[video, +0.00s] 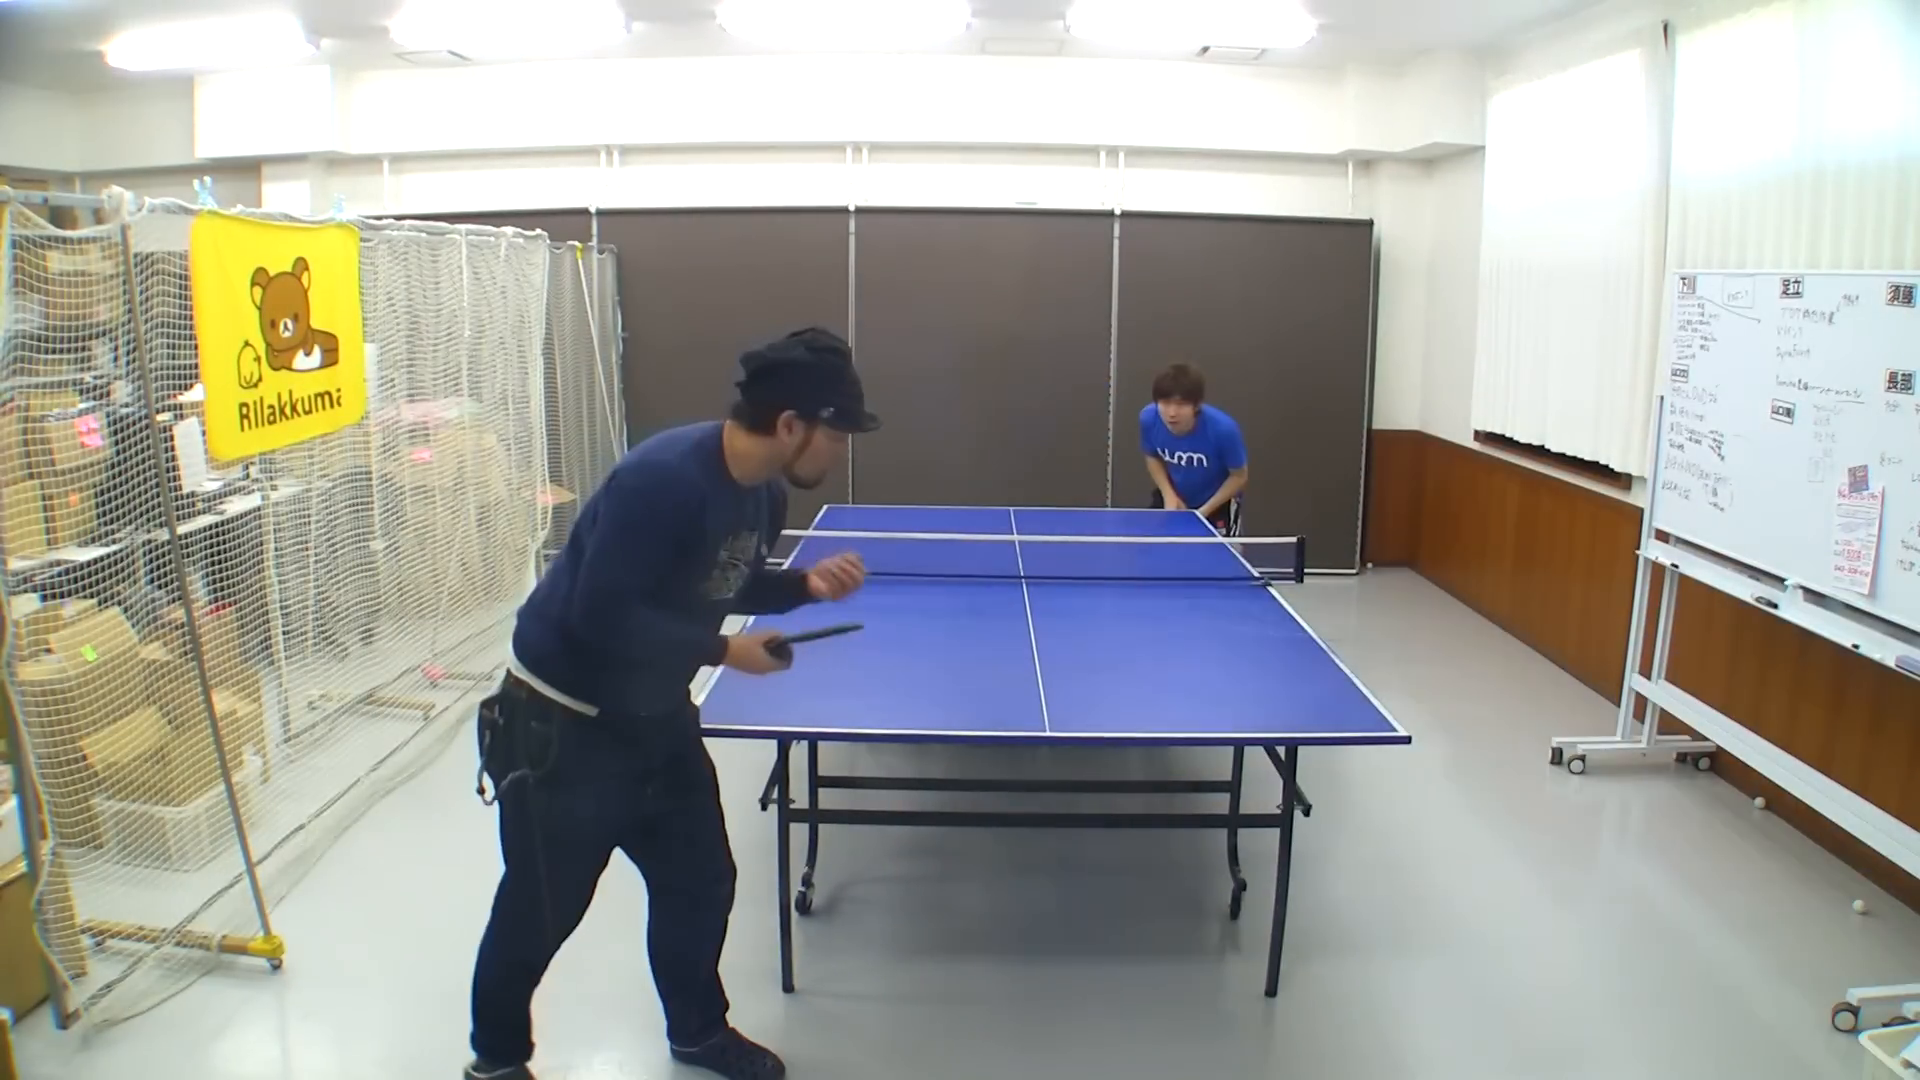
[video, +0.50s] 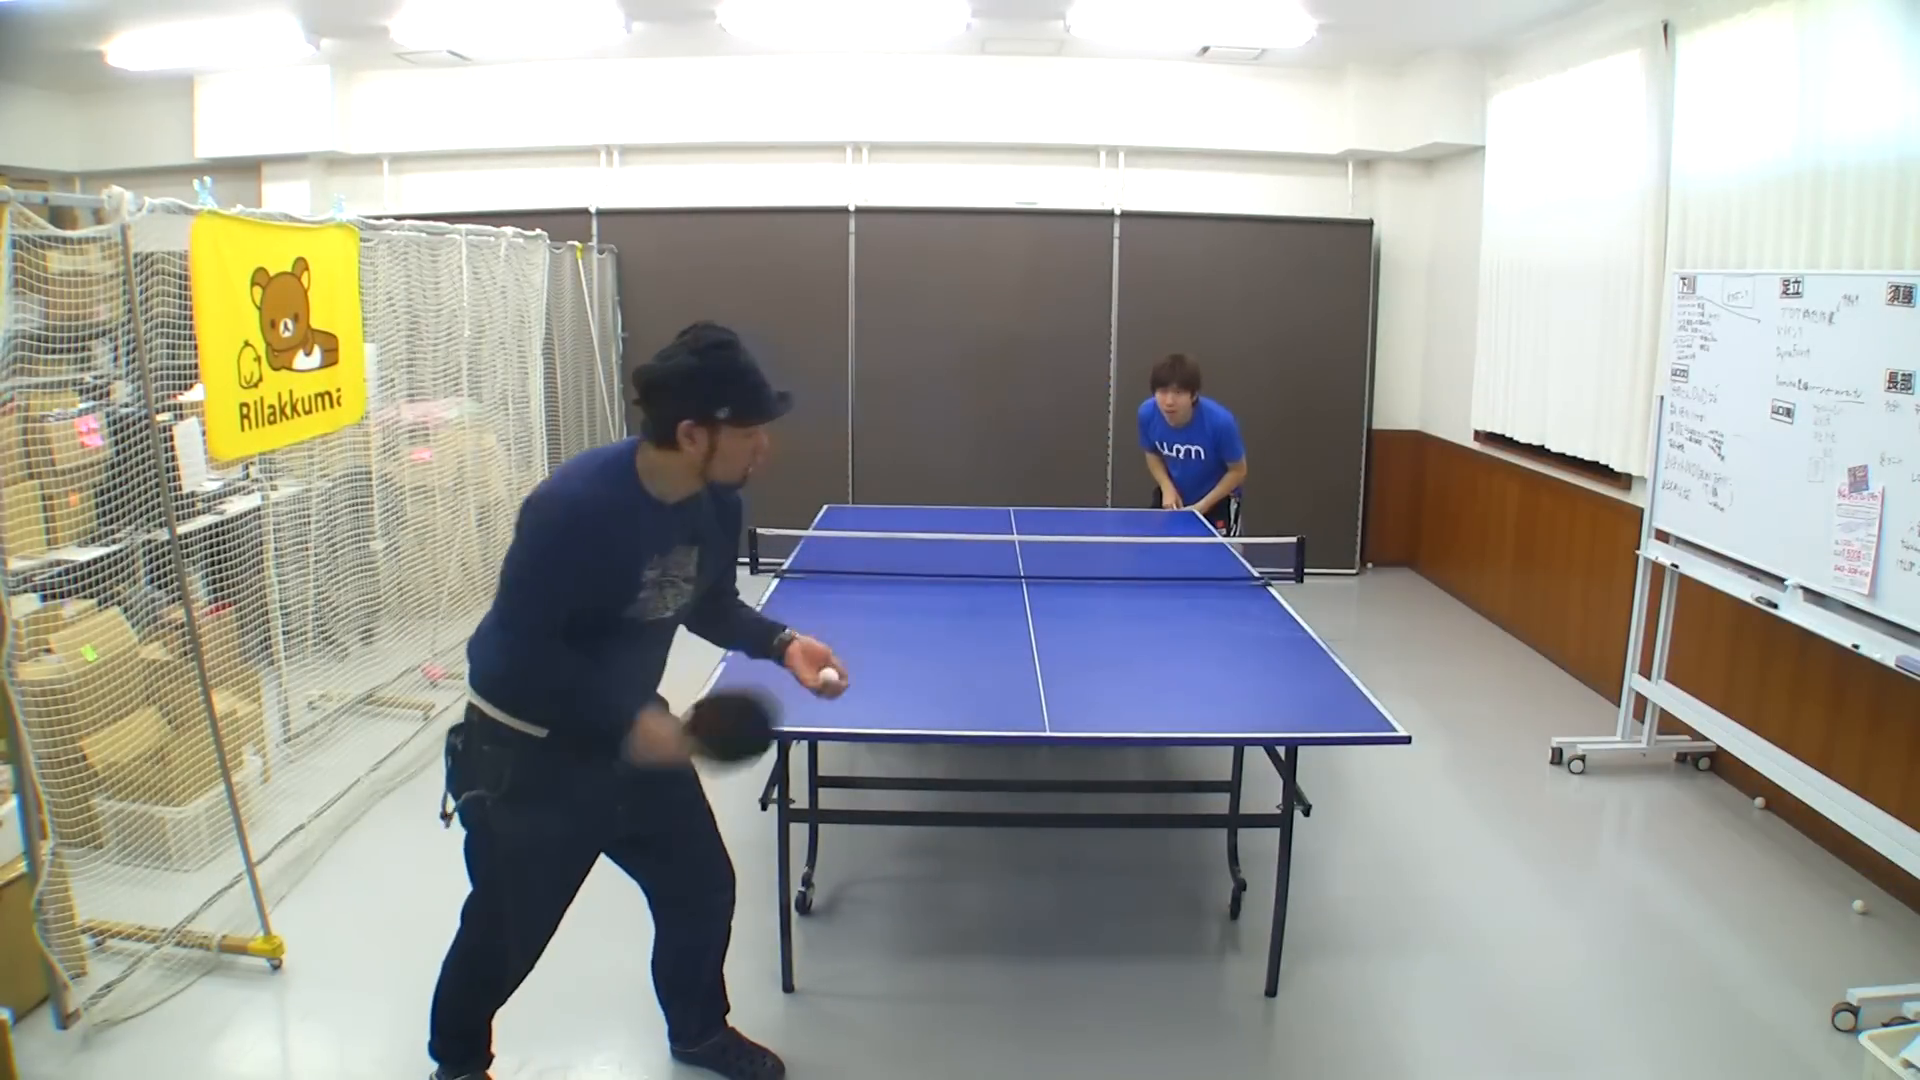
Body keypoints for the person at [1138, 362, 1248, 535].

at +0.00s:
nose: (1172, 414)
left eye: (1181, 404)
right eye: (1165, 403)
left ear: (1196, 405)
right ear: (1157, 403)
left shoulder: (1223, 429)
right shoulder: (1149, 419)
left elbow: (1239, 476)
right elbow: (1152, 458)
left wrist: (1202, 512)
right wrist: (1169, 496)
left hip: (1217, 505)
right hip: (1170, 500)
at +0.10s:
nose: (1170, 413)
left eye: (1180, 404)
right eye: (1164, 403)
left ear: (1194, 405)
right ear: (1155, 402)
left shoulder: (1221, 428)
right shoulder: (1147, 419)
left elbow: (1237, 475)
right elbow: (1150, 457)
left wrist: (1201, 511)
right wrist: (1165, 494)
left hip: (1215, 504)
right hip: (1168, 500)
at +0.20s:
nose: (1169, 411)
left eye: (1179, 402)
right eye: (1163, 401)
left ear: (1194, 403)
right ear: (1154, 401)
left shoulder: (1220, 427)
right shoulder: (1146, 418)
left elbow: (1237, 474)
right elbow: (1149, 456)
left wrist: (1200, 510)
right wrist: (1165, 493)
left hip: (1214, 504)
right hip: (1167, 500)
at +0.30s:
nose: (1169, 409)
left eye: (1178, 400)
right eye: (1162, 399)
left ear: (1193, 401)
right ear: (1154, 399)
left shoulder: (1220, 426)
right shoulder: (1146, 417)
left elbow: (1237, 473)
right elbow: (1150, 455)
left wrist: (1201, 509)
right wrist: (1166, 491)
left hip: (1215, 504)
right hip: (1169, 500)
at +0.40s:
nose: (1169, 406)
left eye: (1178, 397)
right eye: (1162, 396)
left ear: (1193, 399)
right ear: (1154, 397)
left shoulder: (1220, 424)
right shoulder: (1147, 416)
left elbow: (1238, 472)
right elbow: (1151, 455)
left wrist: (1200, 508)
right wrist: (1166, 490)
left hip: (1216, 501)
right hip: (1170, 498)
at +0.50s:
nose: (1169, 401)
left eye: (1178, 392)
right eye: (1163, 392)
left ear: (1193, 395)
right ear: (1154, 393)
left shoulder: (1220, 422)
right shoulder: (1148, 414)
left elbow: (1238, 471)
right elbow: (1151, 454)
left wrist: (1201, 506)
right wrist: (1167, 488)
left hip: (1216, 500)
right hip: (1171, 497)